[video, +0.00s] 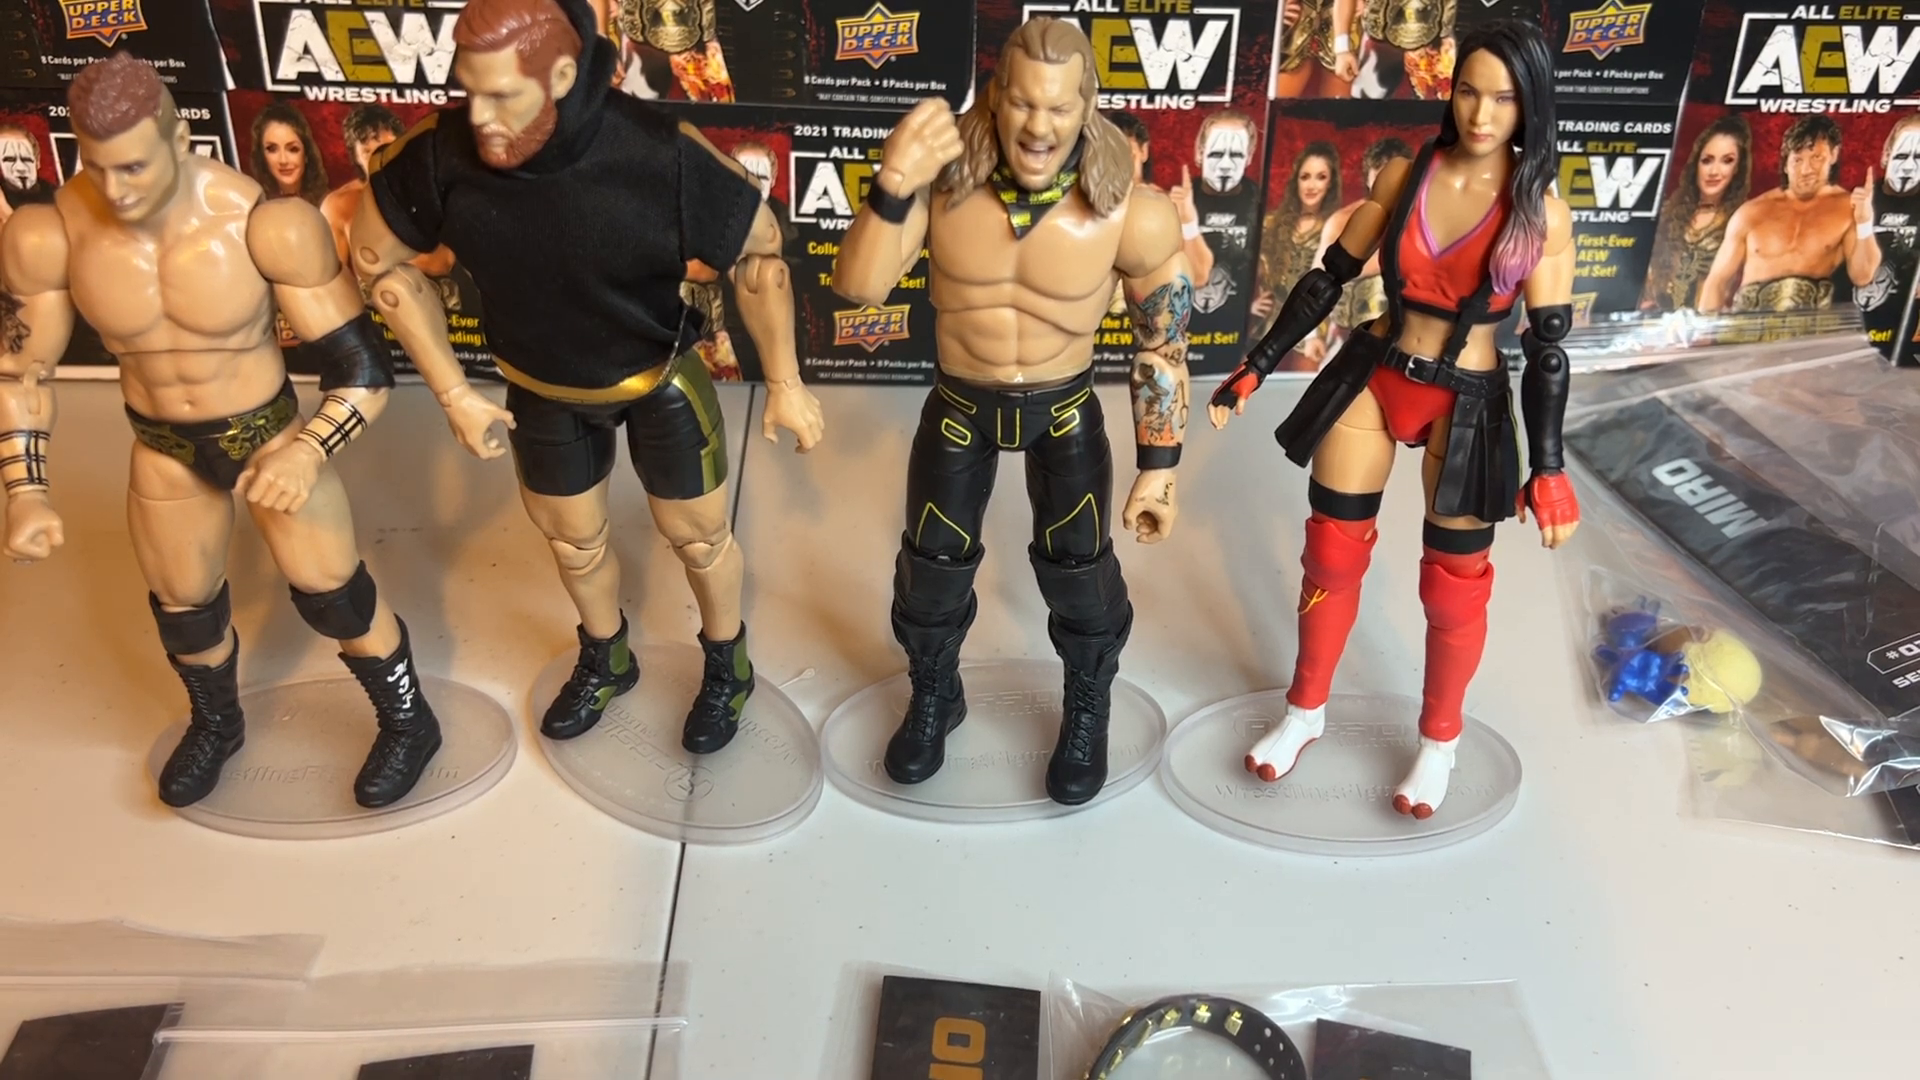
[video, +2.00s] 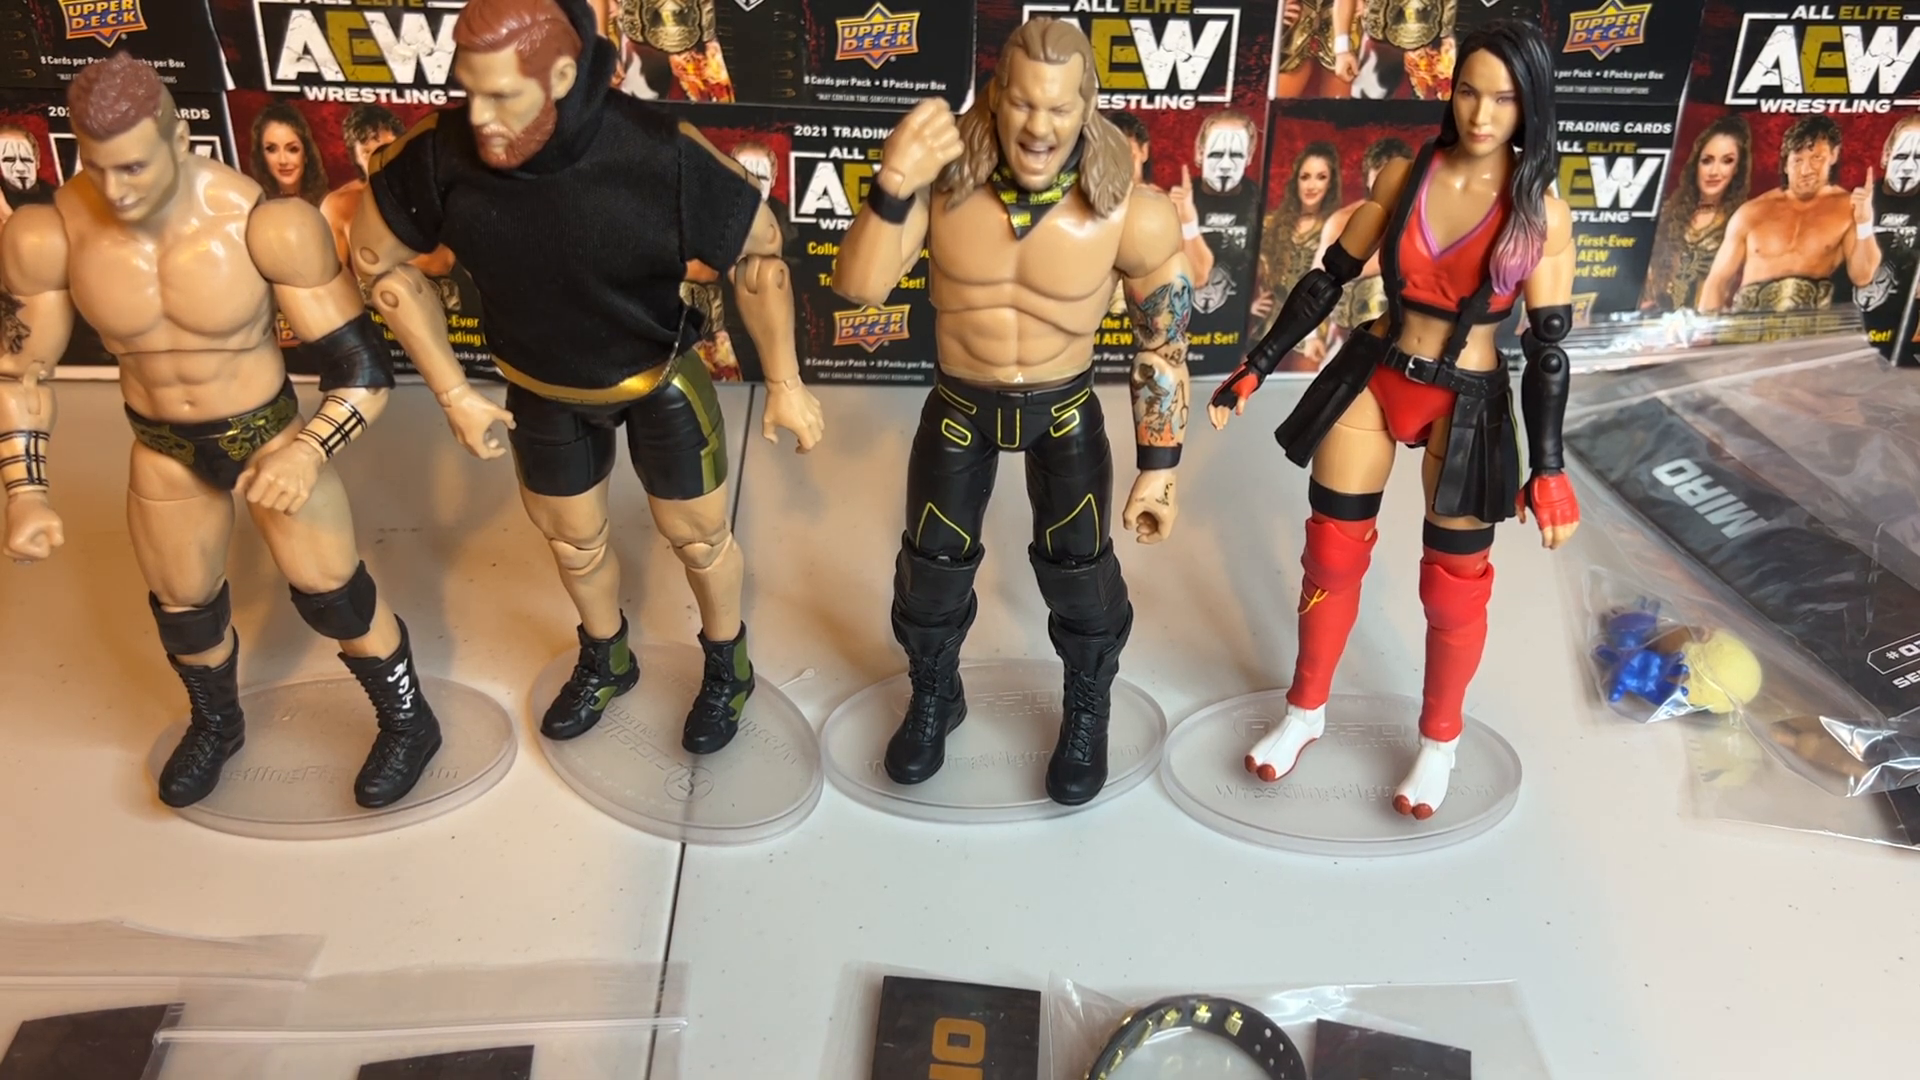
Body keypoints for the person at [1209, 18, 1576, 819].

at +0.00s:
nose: (1480, 113)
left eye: (1501, 99)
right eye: (1469, 93)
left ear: (1529, 108)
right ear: (1450, 93)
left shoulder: (1540, 209)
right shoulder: (1407, 174)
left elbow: (1549, 344)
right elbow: (1332, 273)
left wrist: (1549, 465)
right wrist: (1256, 364)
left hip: (1466, 404)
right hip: (1371, 382)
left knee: (1454, 589)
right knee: (1331, 558)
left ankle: (1437, 742)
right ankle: (1304, 710)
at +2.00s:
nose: (1480, 113)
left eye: (1501, 99)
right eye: (1469, 93)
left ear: (1528, 108)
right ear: (1451, 94)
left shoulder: (1540, 208)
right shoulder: (1406, 175)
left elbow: (1549, 343)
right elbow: (1332, 273)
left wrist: (1549, 465)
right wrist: (1256, 364)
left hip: (1467, 404)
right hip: (1371, 382)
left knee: (1454, 590)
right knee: (1331, 559)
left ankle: (1437, 742)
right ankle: (1304, 710)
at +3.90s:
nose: (1479, 114)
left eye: (1501, 99)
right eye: (1469, 93)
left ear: (1529, 108)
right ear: (1450, 93)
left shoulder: (1540, 209)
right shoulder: (1406, 174)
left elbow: (1549, 344)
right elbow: (1333, 273)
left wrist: (1549, 466)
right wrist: (1257, 363)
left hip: (1466, 404)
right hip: (1371, 382)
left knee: (1454, 591)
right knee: (1331, 560)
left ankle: (1437, 742)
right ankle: (1304, 710)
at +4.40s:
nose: (1480, 113)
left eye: (1501, 98)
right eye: (1469, 93)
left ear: (1529, 108)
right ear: (1450, 94)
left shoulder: (1540, 206)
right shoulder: (1406, 174)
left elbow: (1549, 343)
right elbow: (1332, 273)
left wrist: (1549, 465)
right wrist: (1256, 364)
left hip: (1466, 404)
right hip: (1371, 382)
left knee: (1454, 591)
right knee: (1331, 560)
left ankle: (1438, 742)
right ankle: (1304, 710)